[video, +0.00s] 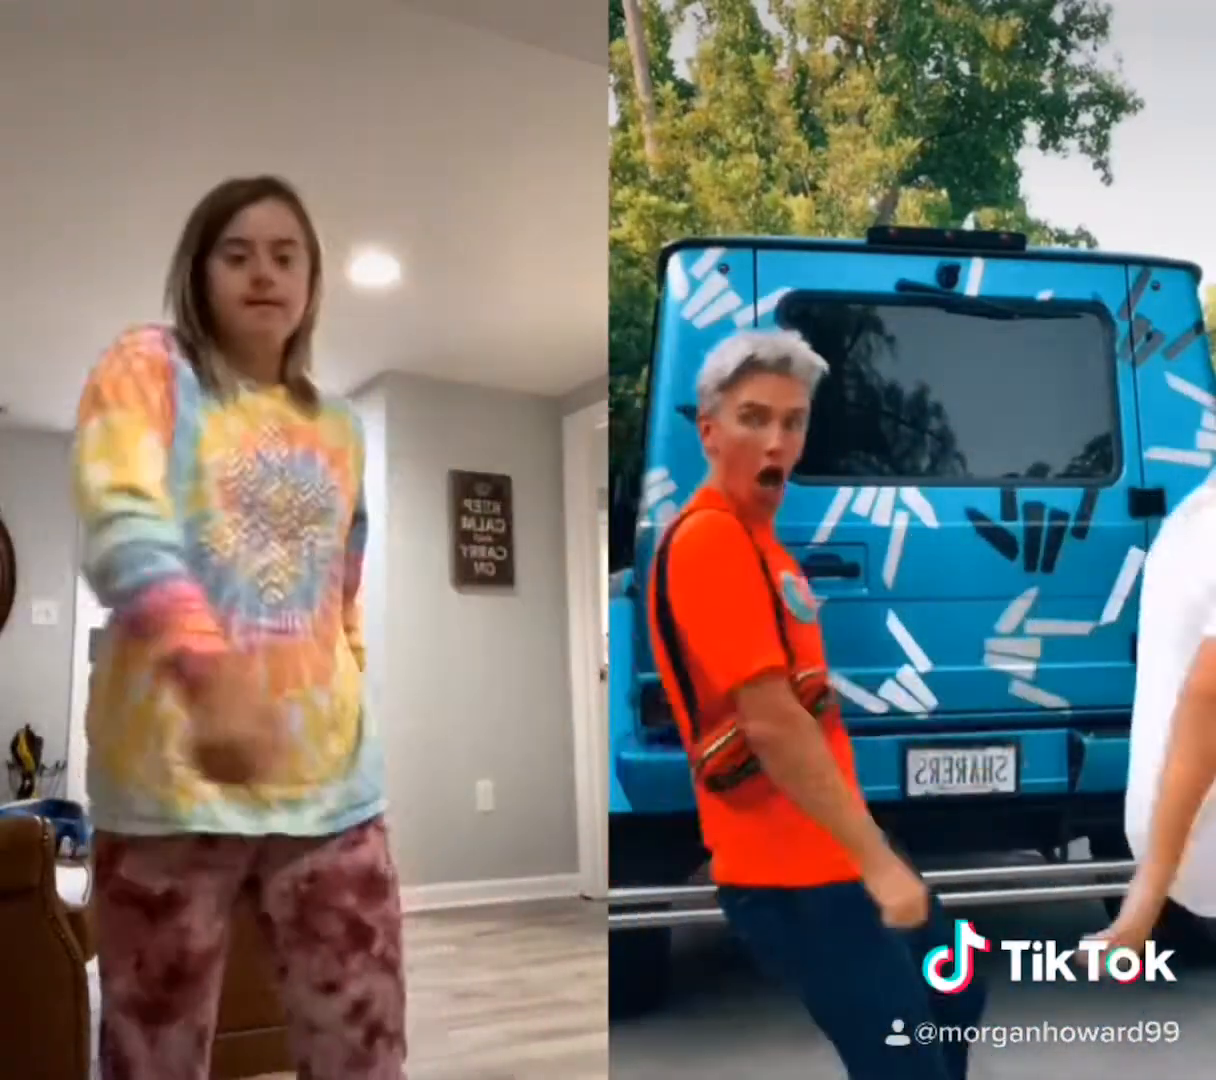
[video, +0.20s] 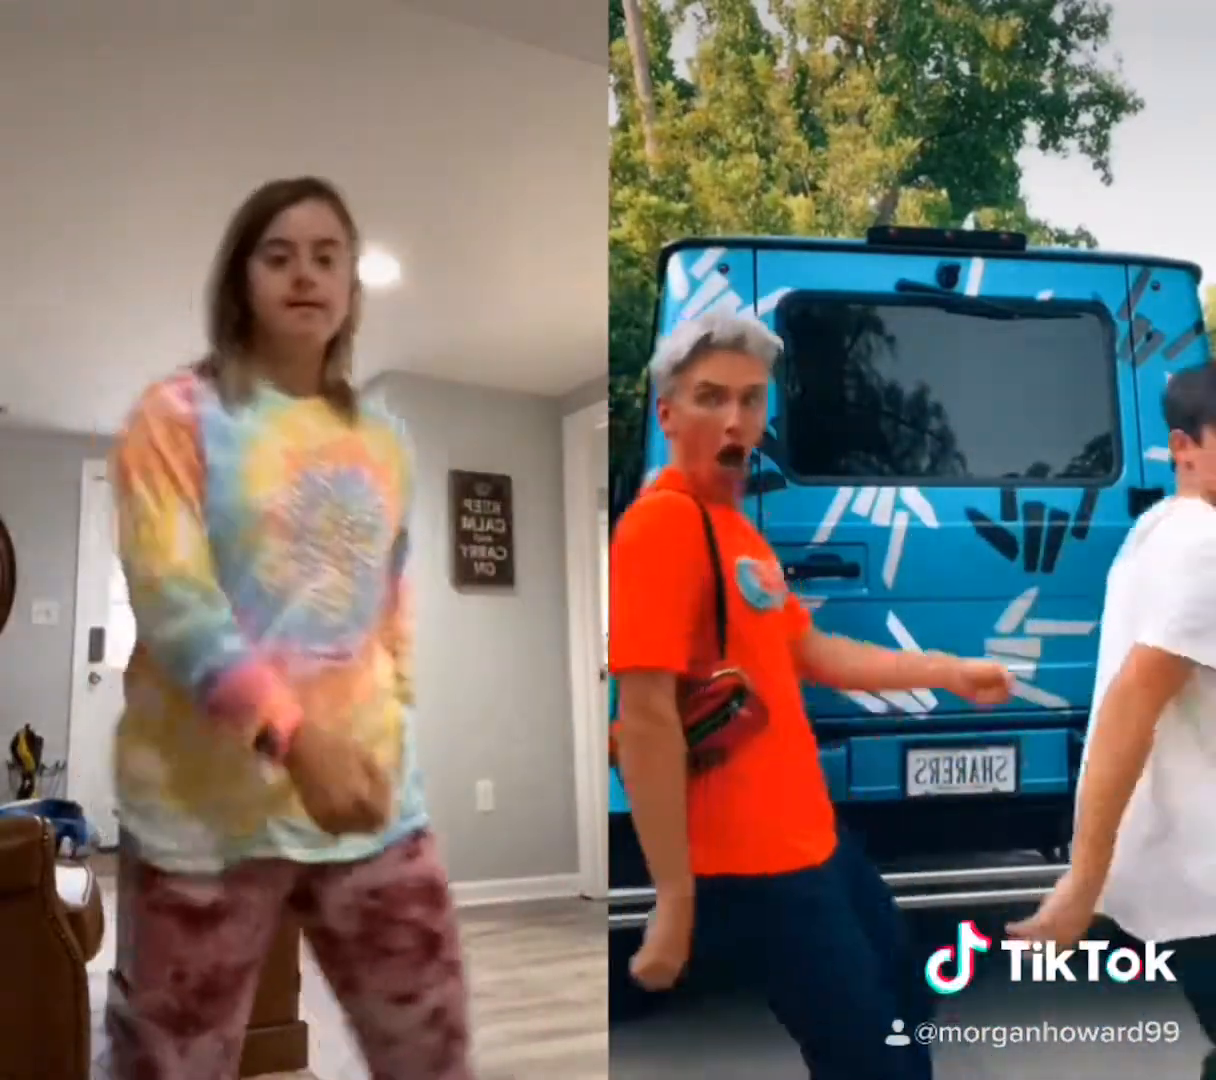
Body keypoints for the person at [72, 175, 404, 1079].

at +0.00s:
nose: (264, 274)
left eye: (286, 255)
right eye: (237, 253)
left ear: (312, 281)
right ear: (198, 276)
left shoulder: (340, 427)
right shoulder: (145, 366)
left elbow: (343, 596)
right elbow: (120, 530)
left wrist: (340, 707)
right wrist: (209, 672)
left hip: (328, 790)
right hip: (169, 793)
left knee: (362, 1054)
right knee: (156, 1060)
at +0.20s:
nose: (306, 274)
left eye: (328, 256)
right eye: (279, 254)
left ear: (353, 286)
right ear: (241, 281)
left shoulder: (383, 442)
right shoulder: (175, 415)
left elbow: (389, 614)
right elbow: (172, 602)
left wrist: (382, 728)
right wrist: (296, 737)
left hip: (369, 813)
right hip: (202, 818)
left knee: (432, 1058)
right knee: (169, 1065)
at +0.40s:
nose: (394, 292)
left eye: (415, 273)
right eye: (366, 274)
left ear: (443, 300)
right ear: (329, 301)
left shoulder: (481, 452)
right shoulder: (279, 445)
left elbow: (522, 636)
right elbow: (221, 646)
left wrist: (551, 794)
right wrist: (203, 833)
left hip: (481, 840)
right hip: (320, 850)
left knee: (563, 1068)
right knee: (300, 1069)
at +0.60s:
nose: (470, 263)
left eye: (492, 242)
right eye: (442, 244)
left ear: (522, 267)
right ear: (404, 273)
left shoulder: (563, 425)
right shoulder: (356, 425)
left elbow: (574, 607)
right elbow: (282, 630)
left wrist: (613, 704)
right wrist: (235, 804)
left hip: (561, 805)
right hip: (431, 811)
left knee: (579, 1062)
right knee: (524, 1063)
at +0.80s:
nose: (523, 249)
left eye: (546, 227)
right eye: (494, 229)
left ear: (575, 253)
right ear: (453, 256)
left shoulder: (590, 410)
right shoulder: (414, 406)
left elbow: (595, 594)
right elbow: (386, 626)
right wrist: (402, 818)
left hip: (593, 801)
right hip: (487, 814)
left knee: (581, 1057)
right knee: (571, 1060)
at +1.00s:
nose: (544, 233)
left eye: (565, 209)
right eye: (513, 213)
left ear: (593, 233)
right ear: (473, 239)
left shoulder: (541, 372)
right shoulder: (468, 358)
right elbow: (464, 591)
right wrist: (537, 798)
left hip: (544, 793)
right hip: (496, 806)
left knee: (565, 1058)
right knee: (561, 1061)